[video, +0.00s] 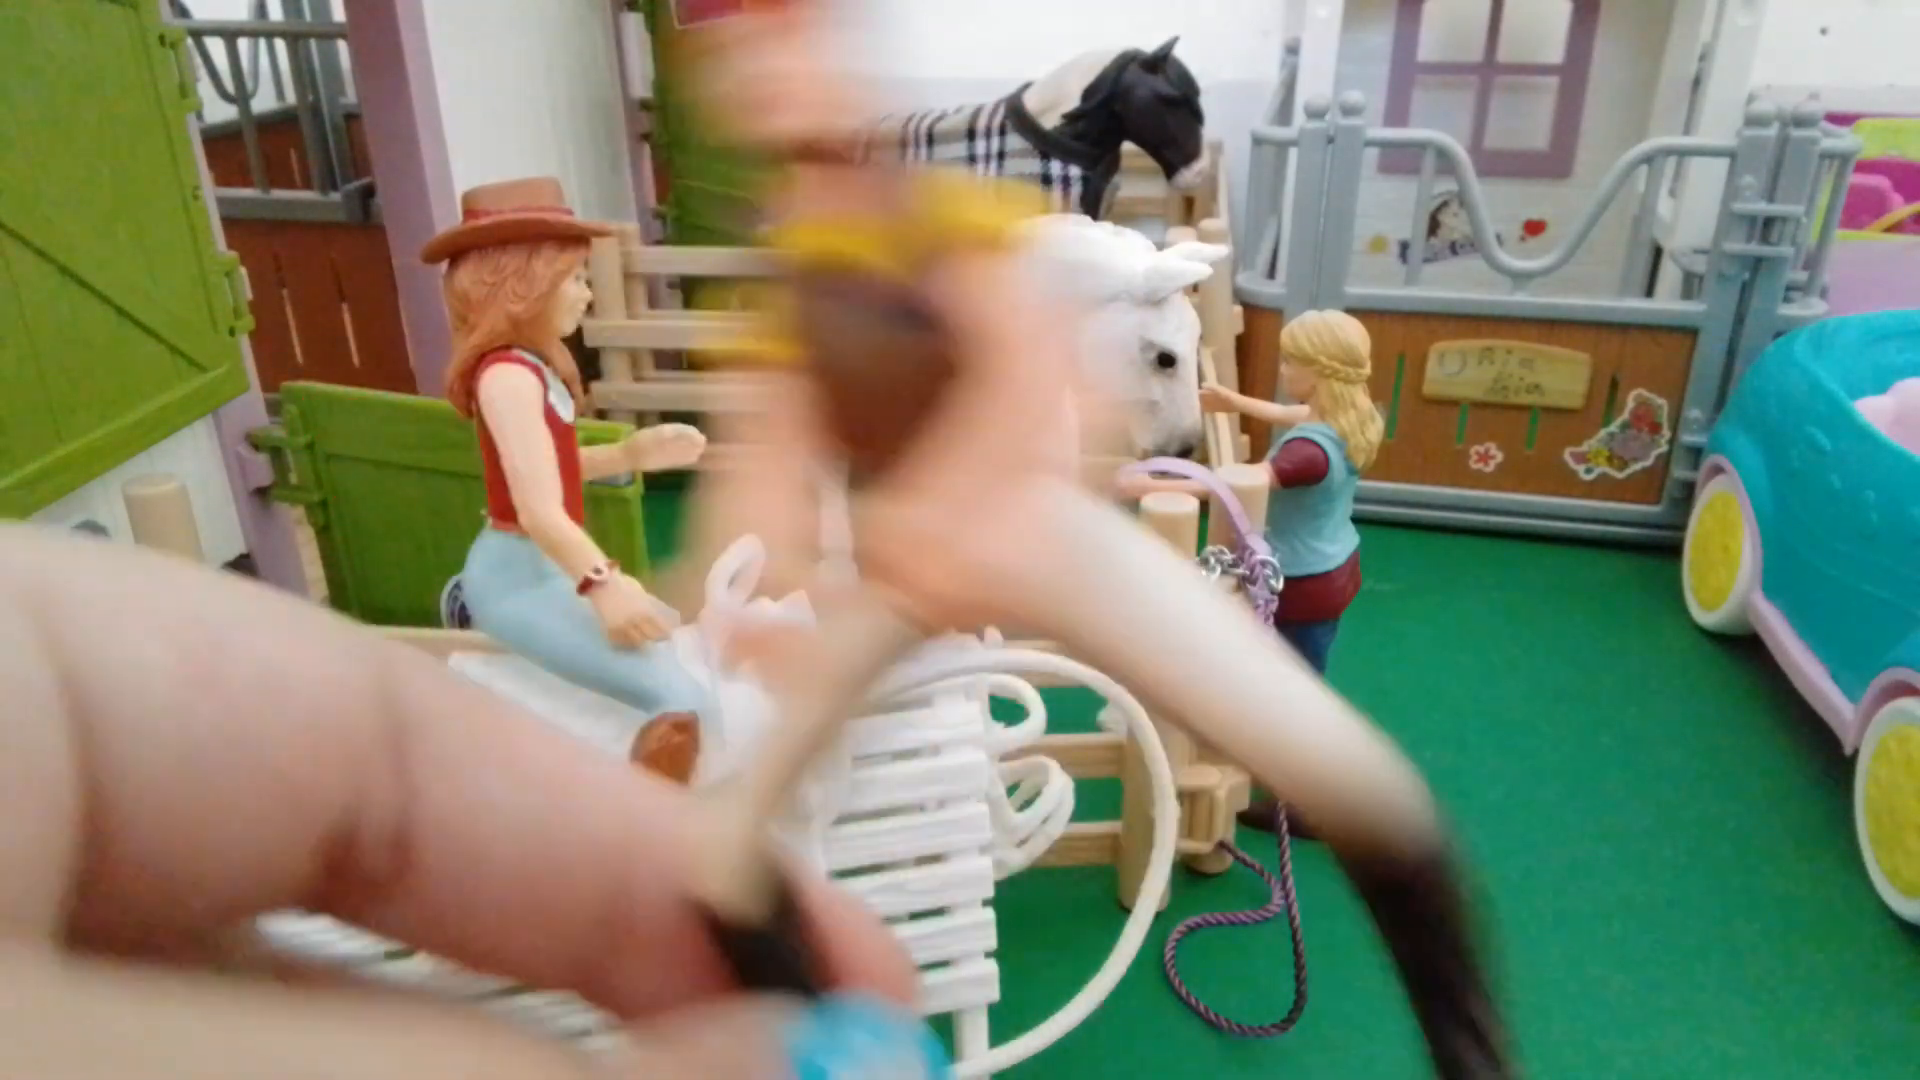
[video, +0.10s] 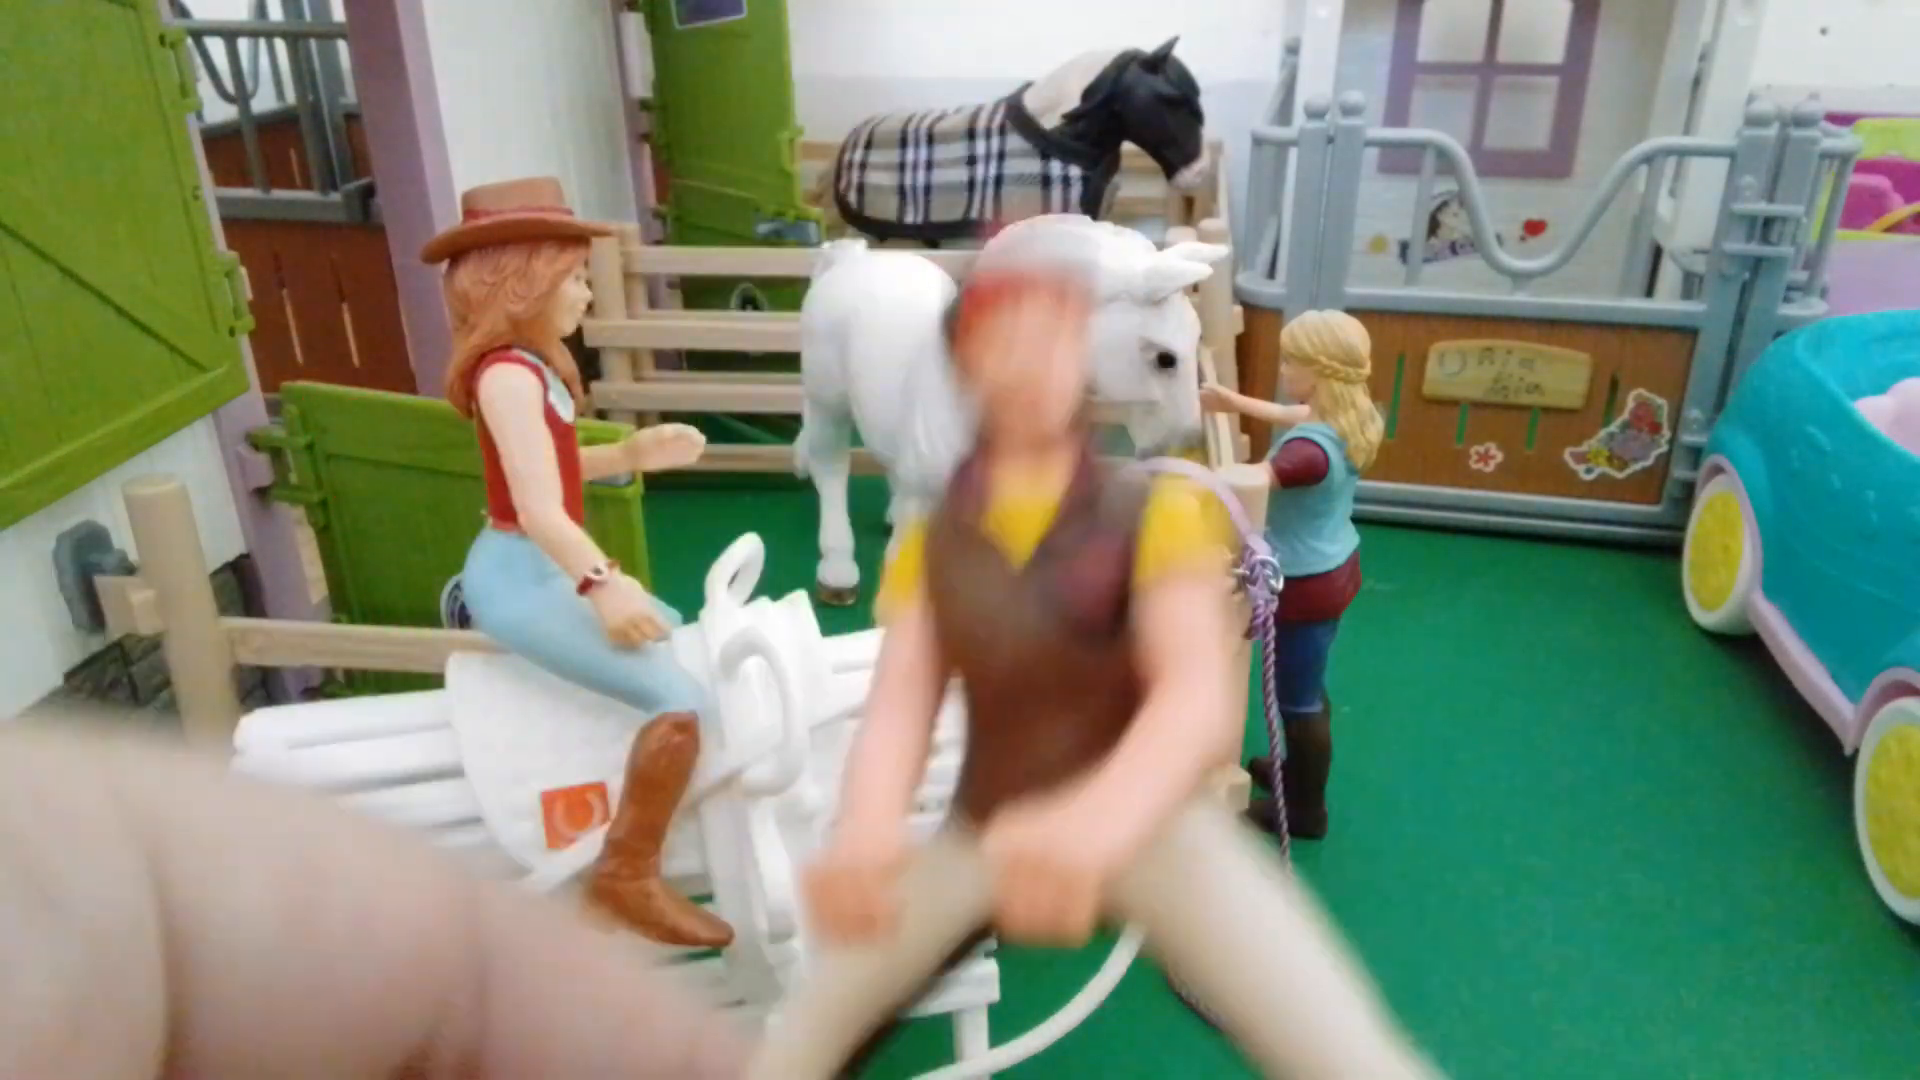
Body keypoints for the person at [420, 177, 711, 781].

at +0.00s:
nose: (588, 295)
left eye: (585, 278)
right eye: (576, 279)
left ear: (530, 287)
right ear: (528, 285)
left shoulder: (535, 370)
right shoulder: (509, 376)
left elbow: (549, 469)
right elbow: (538, 512)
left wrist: (625, 456)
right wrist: (604, 583)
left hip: (548, 565)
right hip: (516, 578)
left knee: (686, 653)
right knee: (679, 694)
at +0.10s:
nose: (587, 292)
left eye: (584, 276)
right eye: (575, 277)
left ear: (535, 287)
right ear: (526, 285)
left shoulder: (540, 368)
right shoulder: (510, 377)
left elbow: (551, 467)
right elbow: (536, 511)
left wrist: (632, 455)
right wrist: (605, 584)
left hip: (551, 564)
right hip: (516, 577)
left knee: (698, 662)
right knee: (680, 697)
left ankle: (639, 871)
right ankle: (625, 876)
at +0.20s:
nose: (588, 294)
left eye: (585, 277)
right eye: (575, 278)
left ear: (533, 288)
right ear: (526, 285)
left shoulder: (541, 368)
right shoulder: (510, 377)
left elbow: (552, 467)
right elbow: (536, 511)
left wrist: (633, 454)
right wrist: (604, 583)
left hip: (551, 563)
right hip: (516, 576)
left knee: (701, 656)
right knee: (682, 696)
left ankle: (637, 870)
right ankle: (625, 879)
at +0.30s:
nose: (587, 292)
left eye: (584, 276)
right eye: (575, 277)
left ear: (533, 288)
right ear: (527, 285)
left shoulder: (540, 368)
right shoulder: (510, 377)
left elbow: (553, 468)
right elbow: (536, 512)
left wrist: (635, 454)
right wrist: (605, 583)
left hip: (551, 564)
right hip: (516, 577)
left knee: (701, 657)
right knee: (682, 696)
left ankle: (638, 873)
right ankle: (625, 879)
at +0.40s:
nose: (587, 293)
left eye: (584, 277)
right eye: (576, 277)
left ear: (534, 286)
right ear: (527, 284)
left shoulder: (541, 368)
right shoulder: (510, 377)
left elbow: (554, 468)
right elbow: (536, 511)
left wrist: (635, 454)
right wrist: (604, 583)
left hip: (551, 564)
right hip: (515, 576)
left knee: (700, 661)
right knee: (681, 695)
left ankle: (638, 874)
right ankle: (625, 879)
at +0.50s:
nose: (587, 292)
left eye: (584, 276)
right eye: (575, 277)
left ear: (535, 287)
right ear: (527, 285)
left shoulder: (542, 369)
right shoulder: (510, 377)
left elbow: (554, 468)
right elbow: (536, 511)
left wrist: (634, 454)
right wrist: (605, 584)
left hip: (552, 565)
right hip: (515, 578)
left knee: (704, 657)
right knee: (681, 694)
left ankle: (639, 870)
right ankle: (625, 878)